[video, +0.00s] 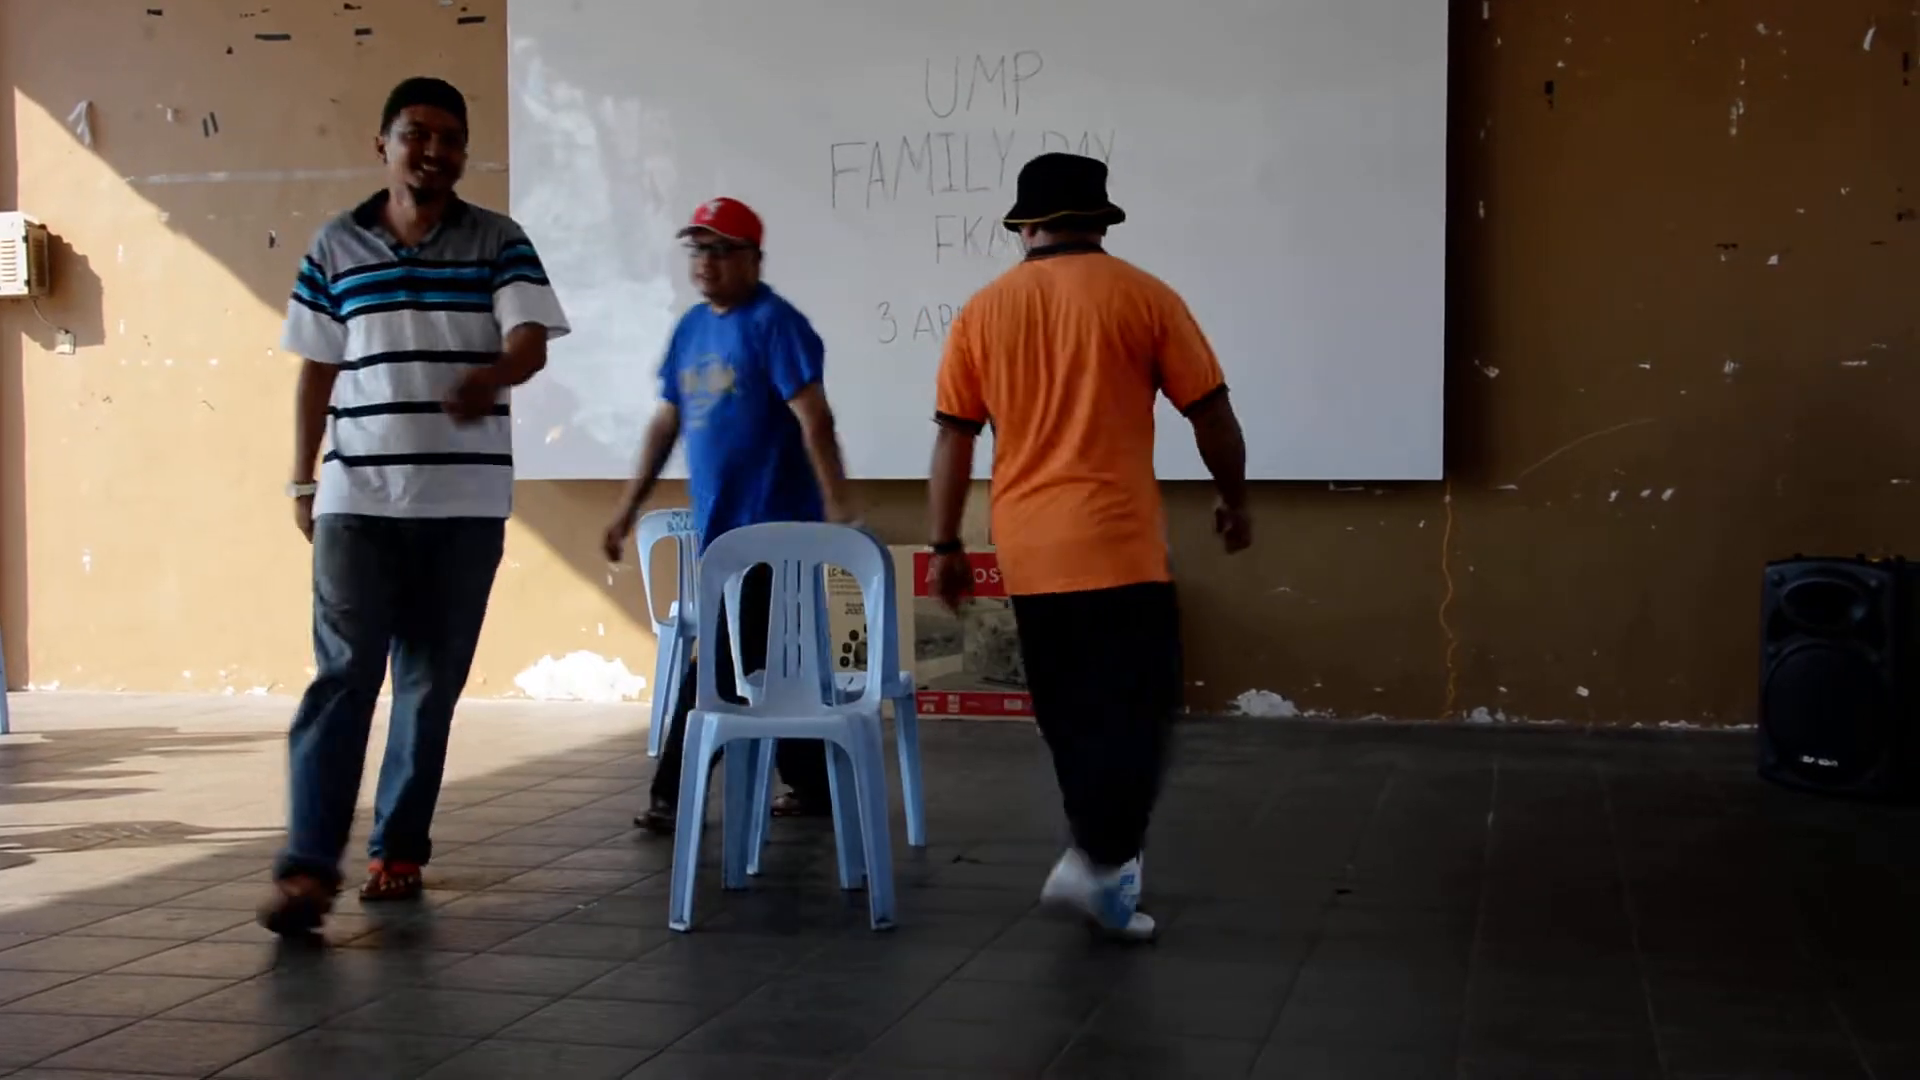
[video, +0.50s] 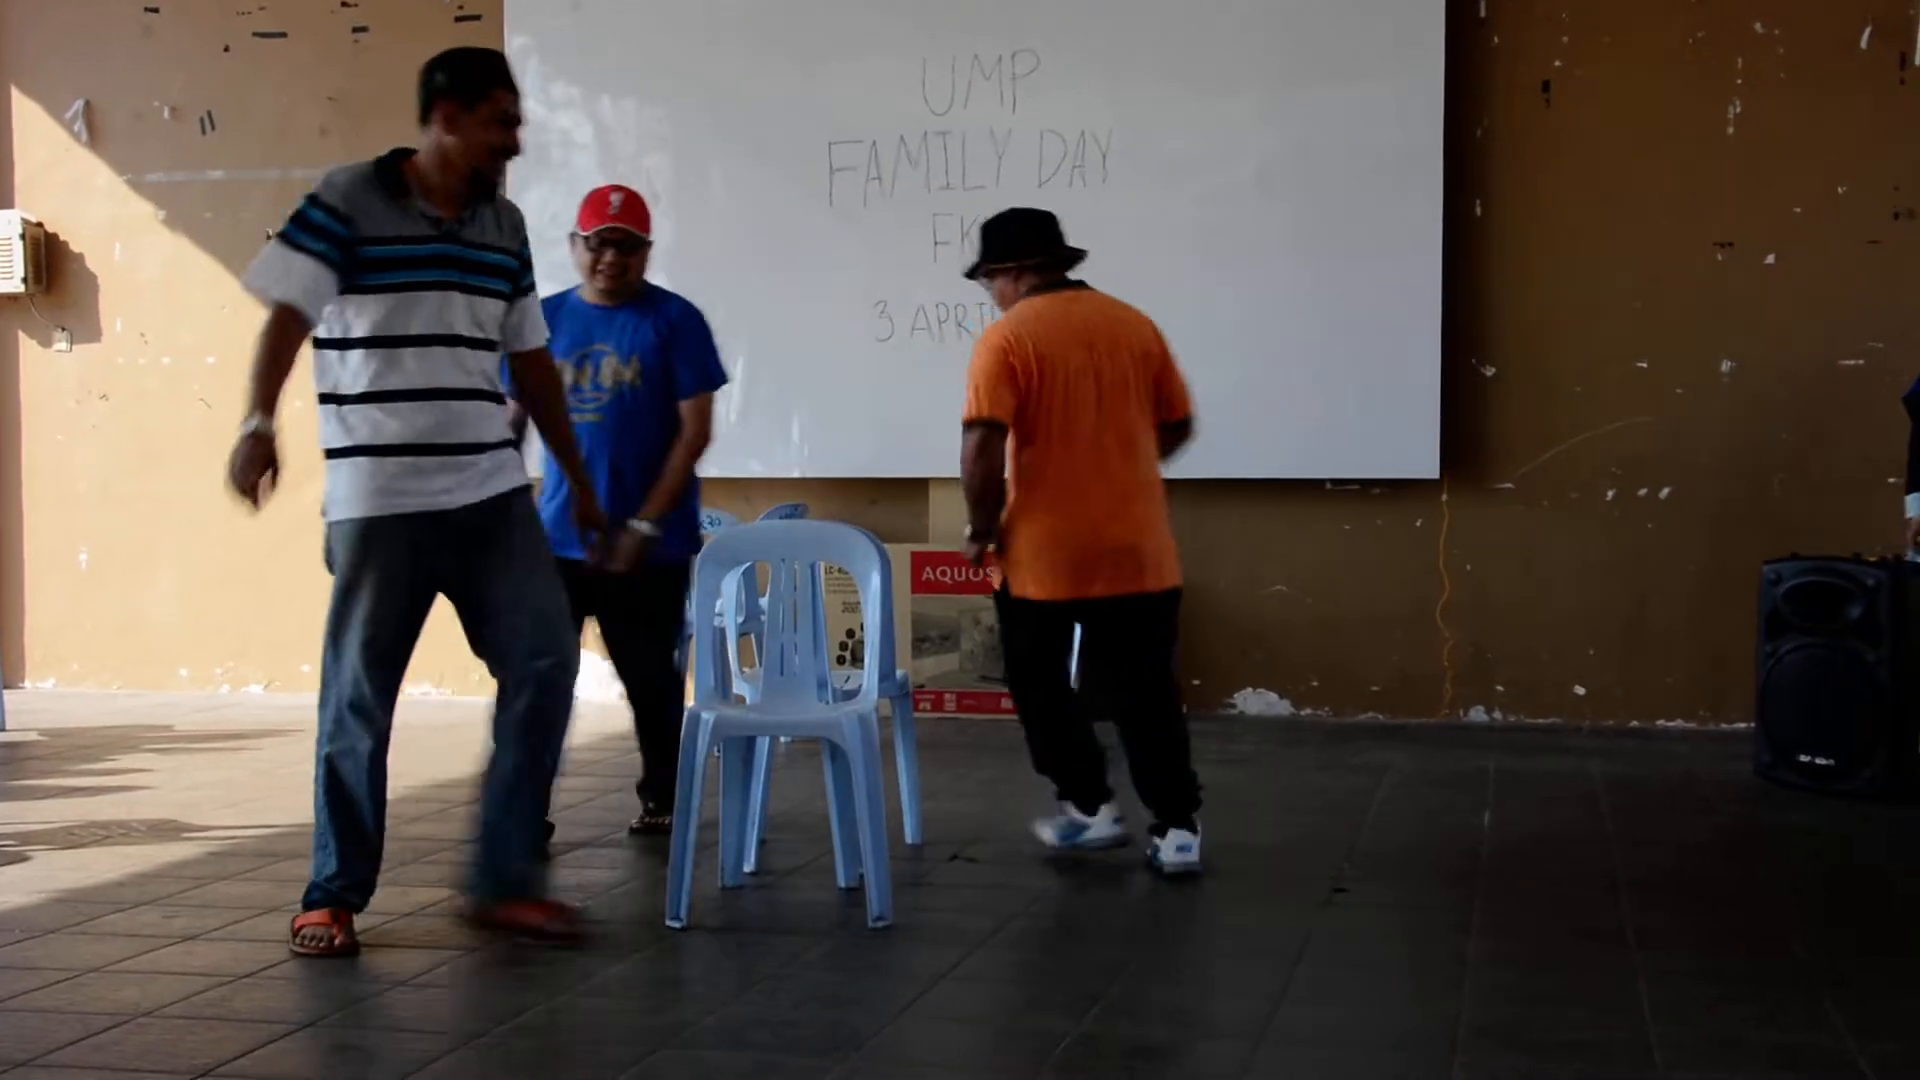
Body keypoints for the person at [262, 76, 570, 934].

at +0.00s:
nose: (432, 152)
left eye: (448, 139)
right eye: (416, 136)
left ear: (464, 153)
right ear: (383, 145)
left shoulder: (497, 241)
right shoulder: (339, 245)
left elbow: (532, 343)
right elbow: (318, 368)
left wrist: (494, 375)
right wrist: (304, 473)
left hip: (463, 504)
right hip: (358, 498)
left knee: (429, 689)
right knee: (341, 675)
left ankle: (400, 856)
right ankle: (308, 871)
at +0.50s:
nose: (513, 143)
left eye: (517, 127)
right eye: (501, 126)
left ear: (483, 125)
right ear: (443, 116)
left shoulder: (502, 223)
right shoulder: (349, 201)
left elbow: (530, 360)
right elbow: (287, 317)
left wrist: (579, 478)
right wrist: (257, 423)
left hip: (492, 501)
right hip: (380, 504)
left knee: (544, 663)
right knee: (356, 704)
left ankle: (508, 884)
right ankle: (333, 895)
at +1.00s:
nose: (587, 228)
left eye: (599, 216)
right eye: (576, 213)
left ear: (611, 224)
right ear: (546, 214)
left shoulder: (616, 304)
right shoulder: (493, 295)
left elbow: (643, 413)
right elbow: (459, 407)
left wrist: (635, 507)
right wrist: (481, 507)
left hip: (593, 535)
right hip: (508, 533)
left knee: (579, 691)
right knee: (482, 679)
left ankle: (559, 830)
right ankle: (510, 813)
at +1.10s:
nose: (614, 220)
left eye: (623, 207)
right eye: (599, 206)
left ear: (629, 212)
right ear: (556, 203)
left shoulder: (629, 296)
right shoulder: (493, 284)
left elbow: (654, 412)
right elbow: (457, 400)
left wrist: (650, 519)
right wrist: (482, 511)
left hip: (601, 535)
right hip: (509, 529)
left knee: (583, 706)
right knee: (477, 668)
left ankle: (546, 845)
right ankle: (475, 786)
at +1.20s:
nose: (621, 214)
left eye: (630, 200)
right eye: (606, 198)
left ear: (636, 203)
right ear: (561, 194)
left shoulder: (644, 291)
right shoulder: (497, 277)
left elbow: (671, 395)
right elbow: (443, 392)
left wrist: (668, 493)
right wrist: (476, 498)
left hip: (604, 530)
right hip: (515, 523)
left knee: (587, 703)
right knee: (496, 676)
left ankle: (545, 851)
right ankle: (465, 829)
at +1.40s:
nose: (646, 217)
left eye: (652, 203)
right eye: (632, 201)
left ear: (650, 207)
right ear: (585, 193)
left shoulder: (649, 296)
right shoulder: (504, 276)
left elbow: (667, 394)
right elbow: (438, 382)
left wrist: (696, 465)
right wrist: (490, 484)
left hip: (614, 537)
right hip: (527, 533)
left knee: (597, 709)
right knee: (533, 706)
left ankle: (550, 855)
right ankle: (526, 880)